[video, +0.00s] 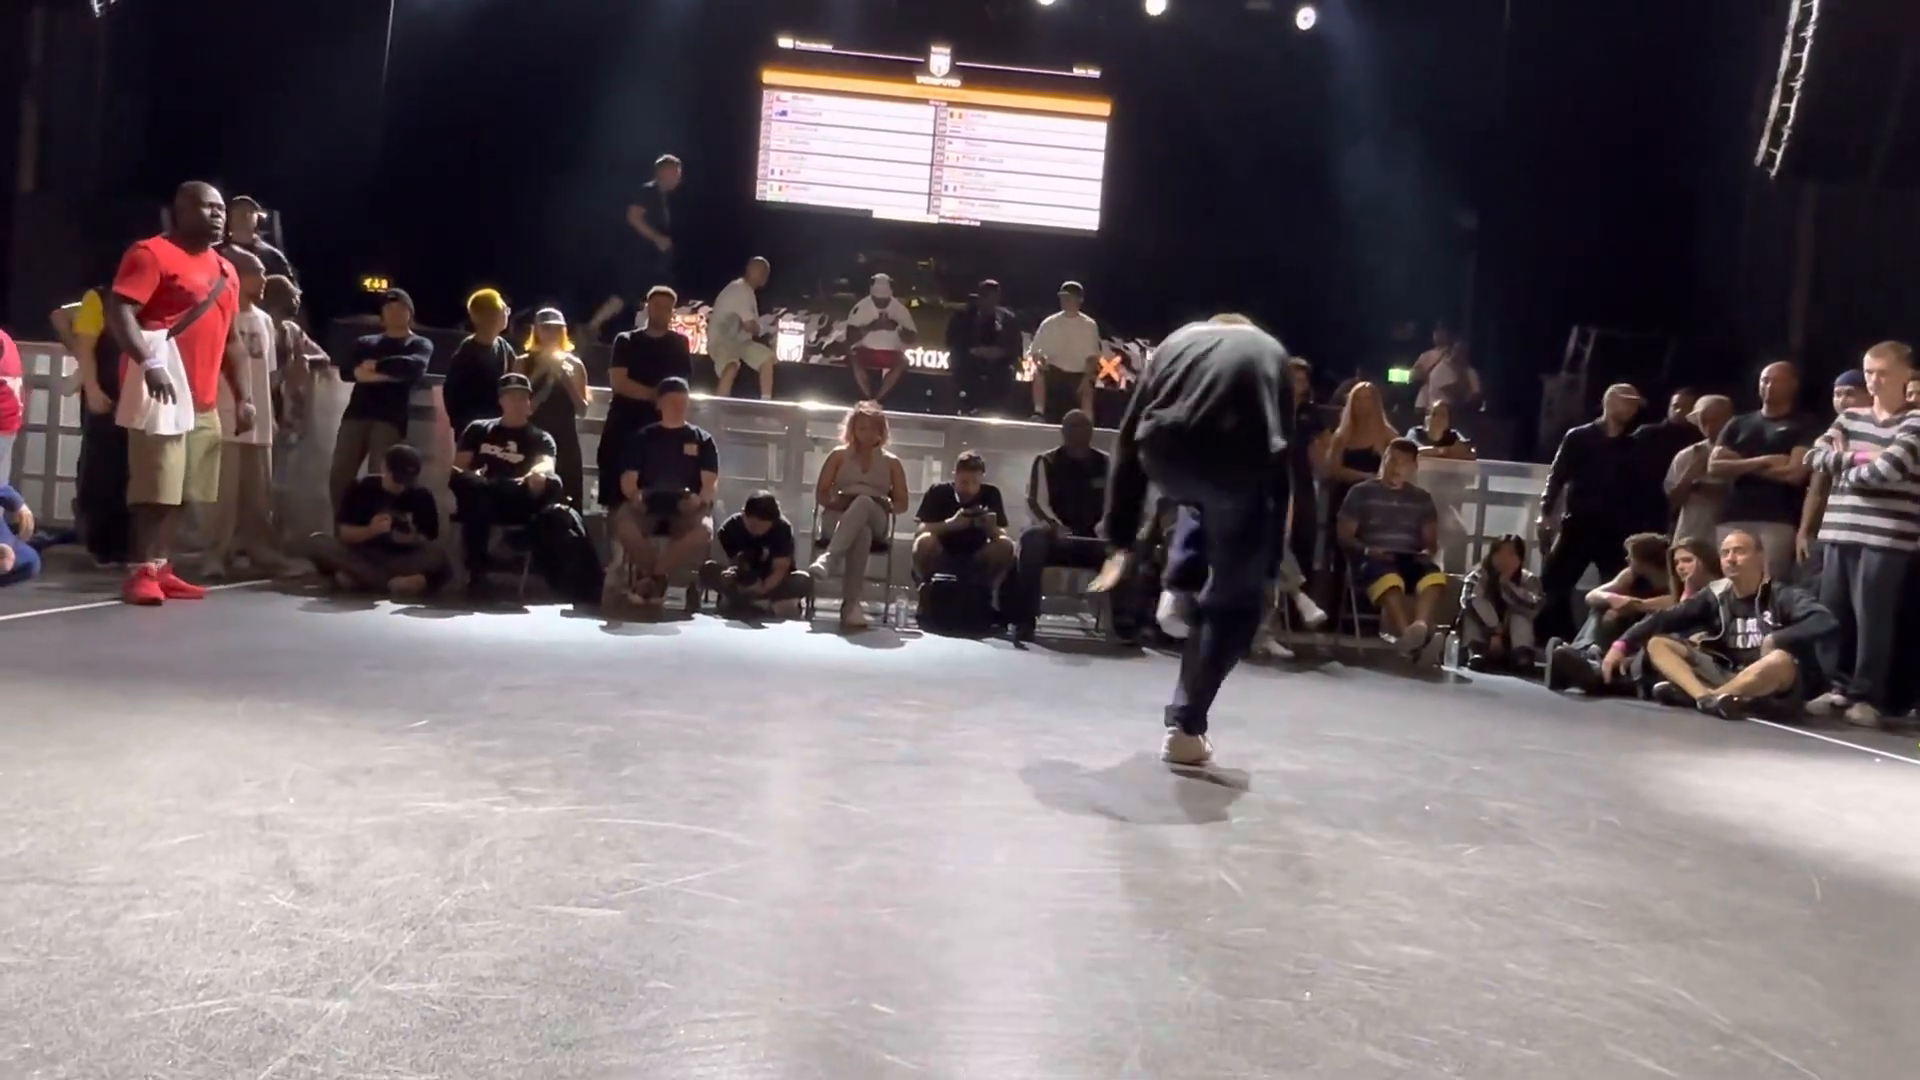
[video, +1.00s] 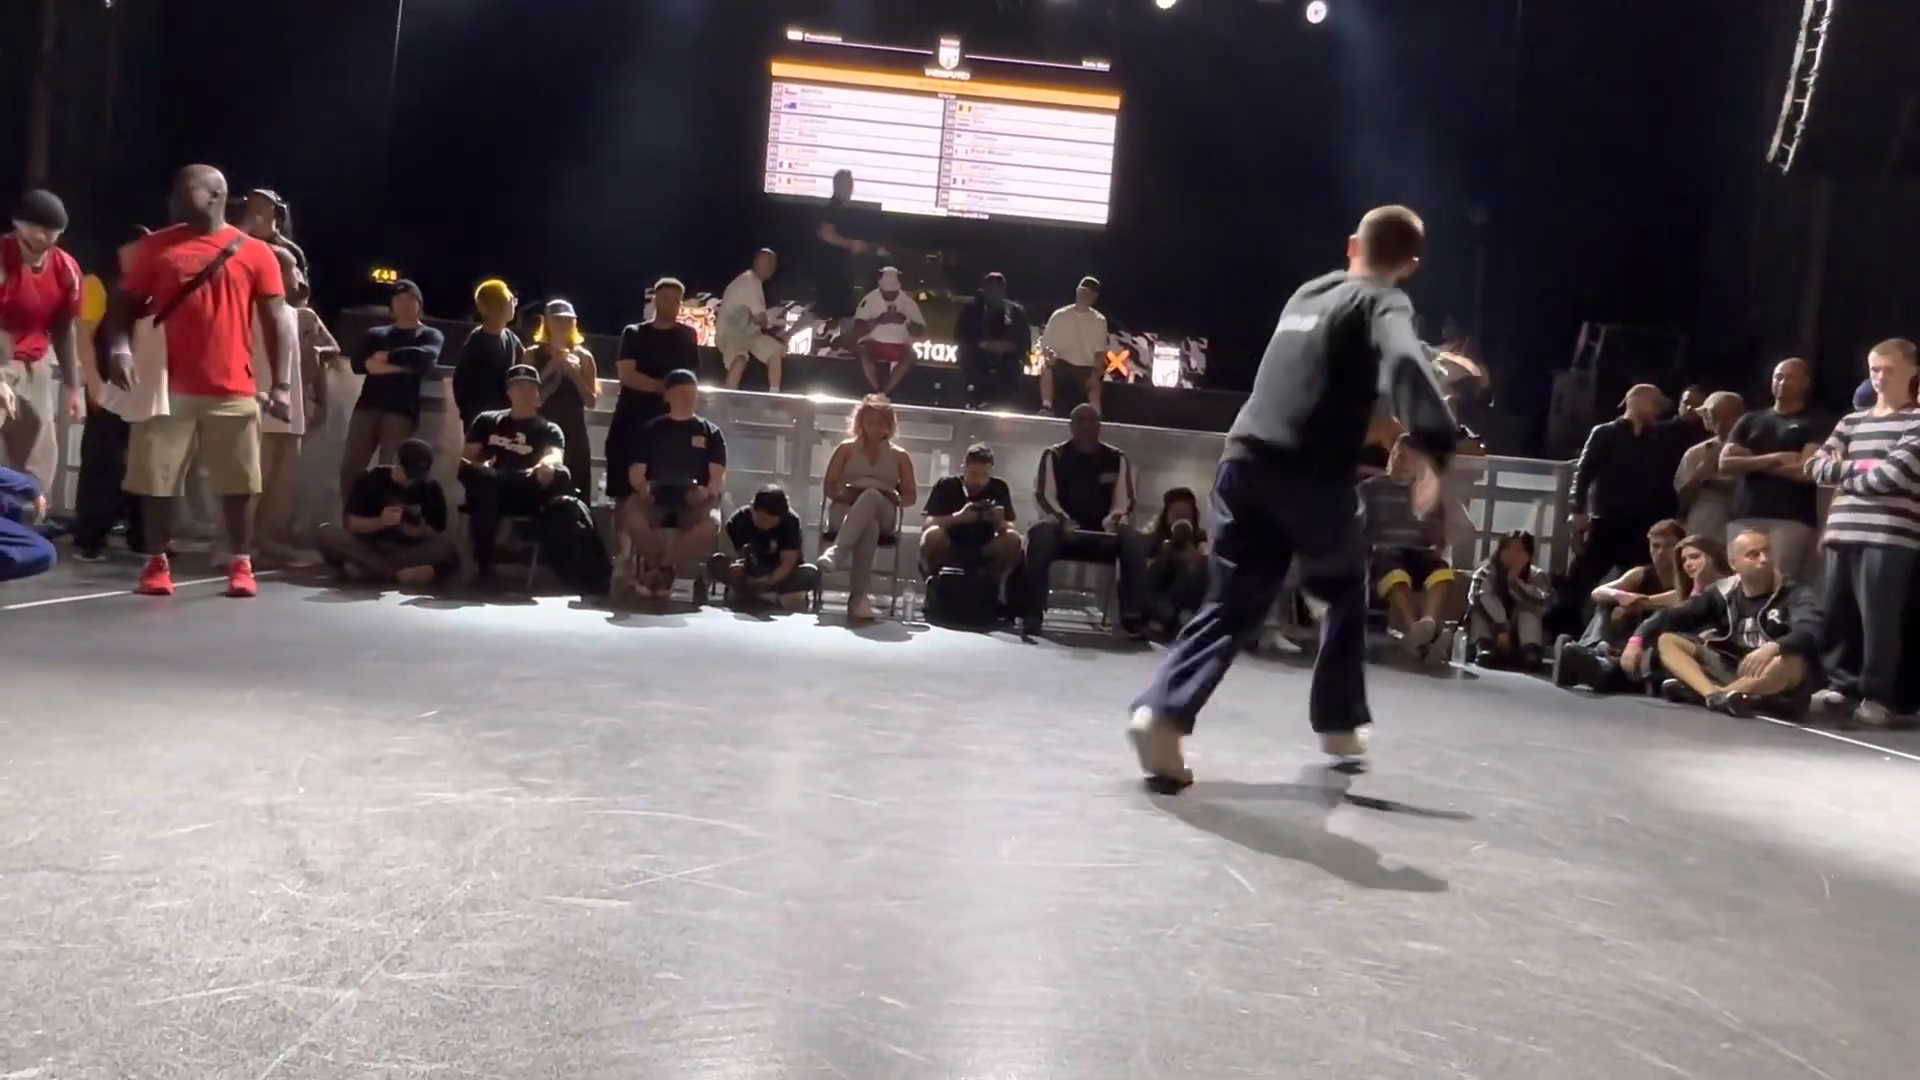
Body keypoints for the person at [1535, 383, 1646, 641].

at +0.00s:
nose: (1633, 407)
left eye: (1635, 402)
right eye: (1627, 400)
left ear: (1636, 408)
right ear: (1609, 404)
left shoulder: (1637, 447)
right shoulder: (1578, 438)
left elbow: (1645, 492)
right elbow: (1556, 478)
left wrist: (1645, 530)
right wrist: (1544, 513)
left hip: (1619, 528)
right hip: (1579, 525)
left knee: (1621, 591)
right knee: (1554, 581)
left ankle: (1617, 650)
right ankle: (1559, 640)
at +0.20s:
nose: (1633, 409)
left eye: (1632, 404)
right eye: (1627, 402)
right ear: (1608, 404)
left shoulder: (1632, 446)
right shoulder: (1575, 437)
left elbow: (1641, 488)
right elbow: (1554, 476)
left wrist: (1639, 524)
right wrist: (1544, 512)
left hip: (1616, 528)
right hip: (1577, 526)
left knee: (1621, 592)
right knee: (1556, 581)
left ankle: (1619, 650)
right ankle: (1560, 641)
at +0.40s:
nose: (1632, 409)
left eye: (1632, 404)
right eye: (1627, 403)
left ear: (1613, 406)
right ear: (1611, 404)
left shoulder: (1625, 446)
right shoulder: (1578, 435)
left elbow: (1630, 486)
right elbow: (1558, 474)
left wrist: (1630, 517)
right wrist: (1554, 512)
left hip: (1615, 524)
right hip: (1579, 522)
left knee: (1619, 590)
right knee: (1562, 585)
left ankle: (1618, 646)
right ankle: (1557, 639)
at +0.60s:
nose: (1638, 410)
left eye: (1638, 405)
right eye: (1634, 404)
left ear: (1618, 407)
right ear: (1618, 404)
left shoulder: (1631, 445)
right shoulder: (1585, 435)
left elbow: (1635, 485)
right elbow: (1567, 474)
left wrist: (1634, 513)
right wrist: (1568, 508)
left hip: (1621, 521)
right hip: (1588, 520)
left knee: (1623, 585)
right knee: (1566, 582)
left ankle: (1621, 645)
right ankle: (1559, 638)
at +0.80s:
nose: (1649, 408)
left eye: (1648, 403)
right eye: (1644, 402)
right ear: (1628, 404)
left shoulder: (1648, 438)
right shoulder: (1594, 434)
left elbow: (1656, 478)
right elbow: (1574, 473)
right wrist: (1572, 509)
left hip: (1635, 521)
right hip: (1598, 520)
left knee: (1634, 584)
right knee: (1571, 580)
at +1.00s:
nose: (1658, 409)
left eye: (1658, 403)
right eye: (1653, 402)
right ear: (1637, 402)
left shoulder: (1663, 437)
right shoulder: (1604, 434)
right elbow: (1583, 473)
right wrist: (1578, 511)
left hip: (1648, 520)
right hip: (1608, 520)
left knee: (1643, 581)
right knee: (1583, 578)